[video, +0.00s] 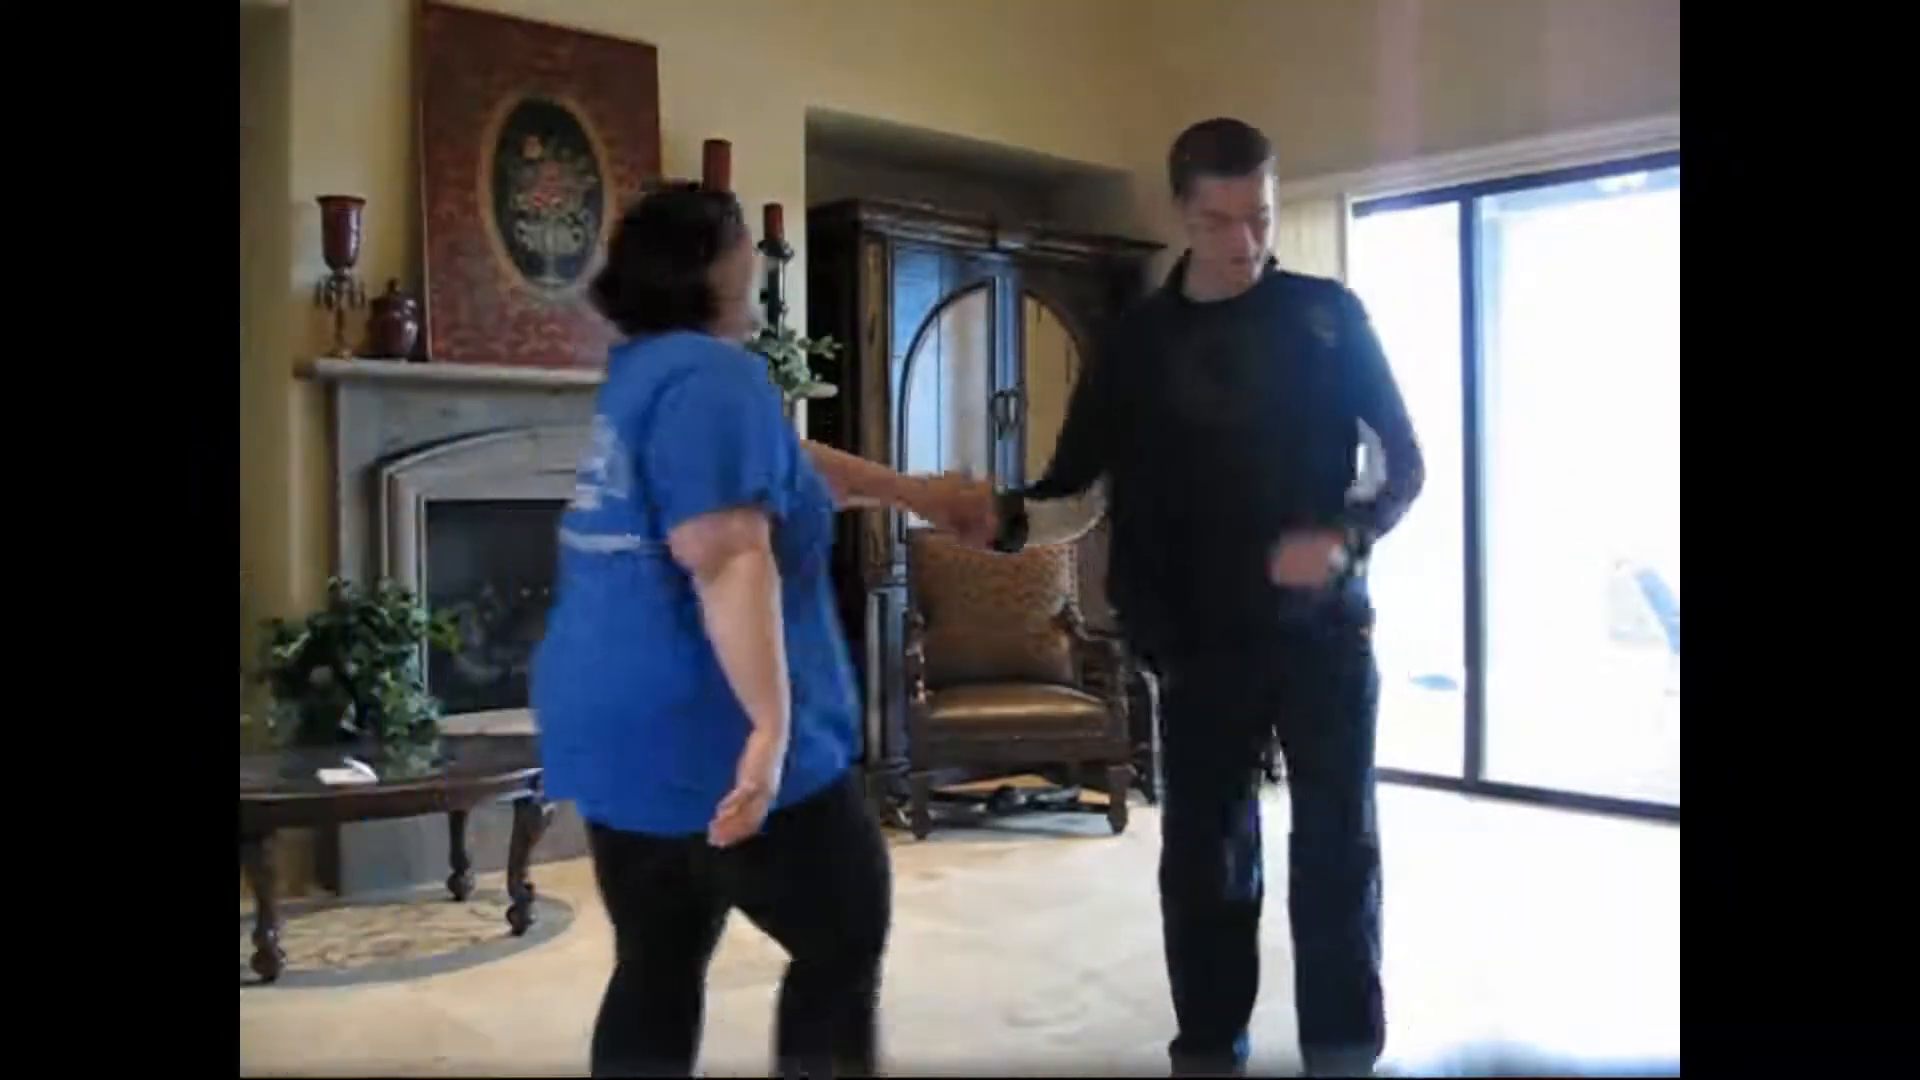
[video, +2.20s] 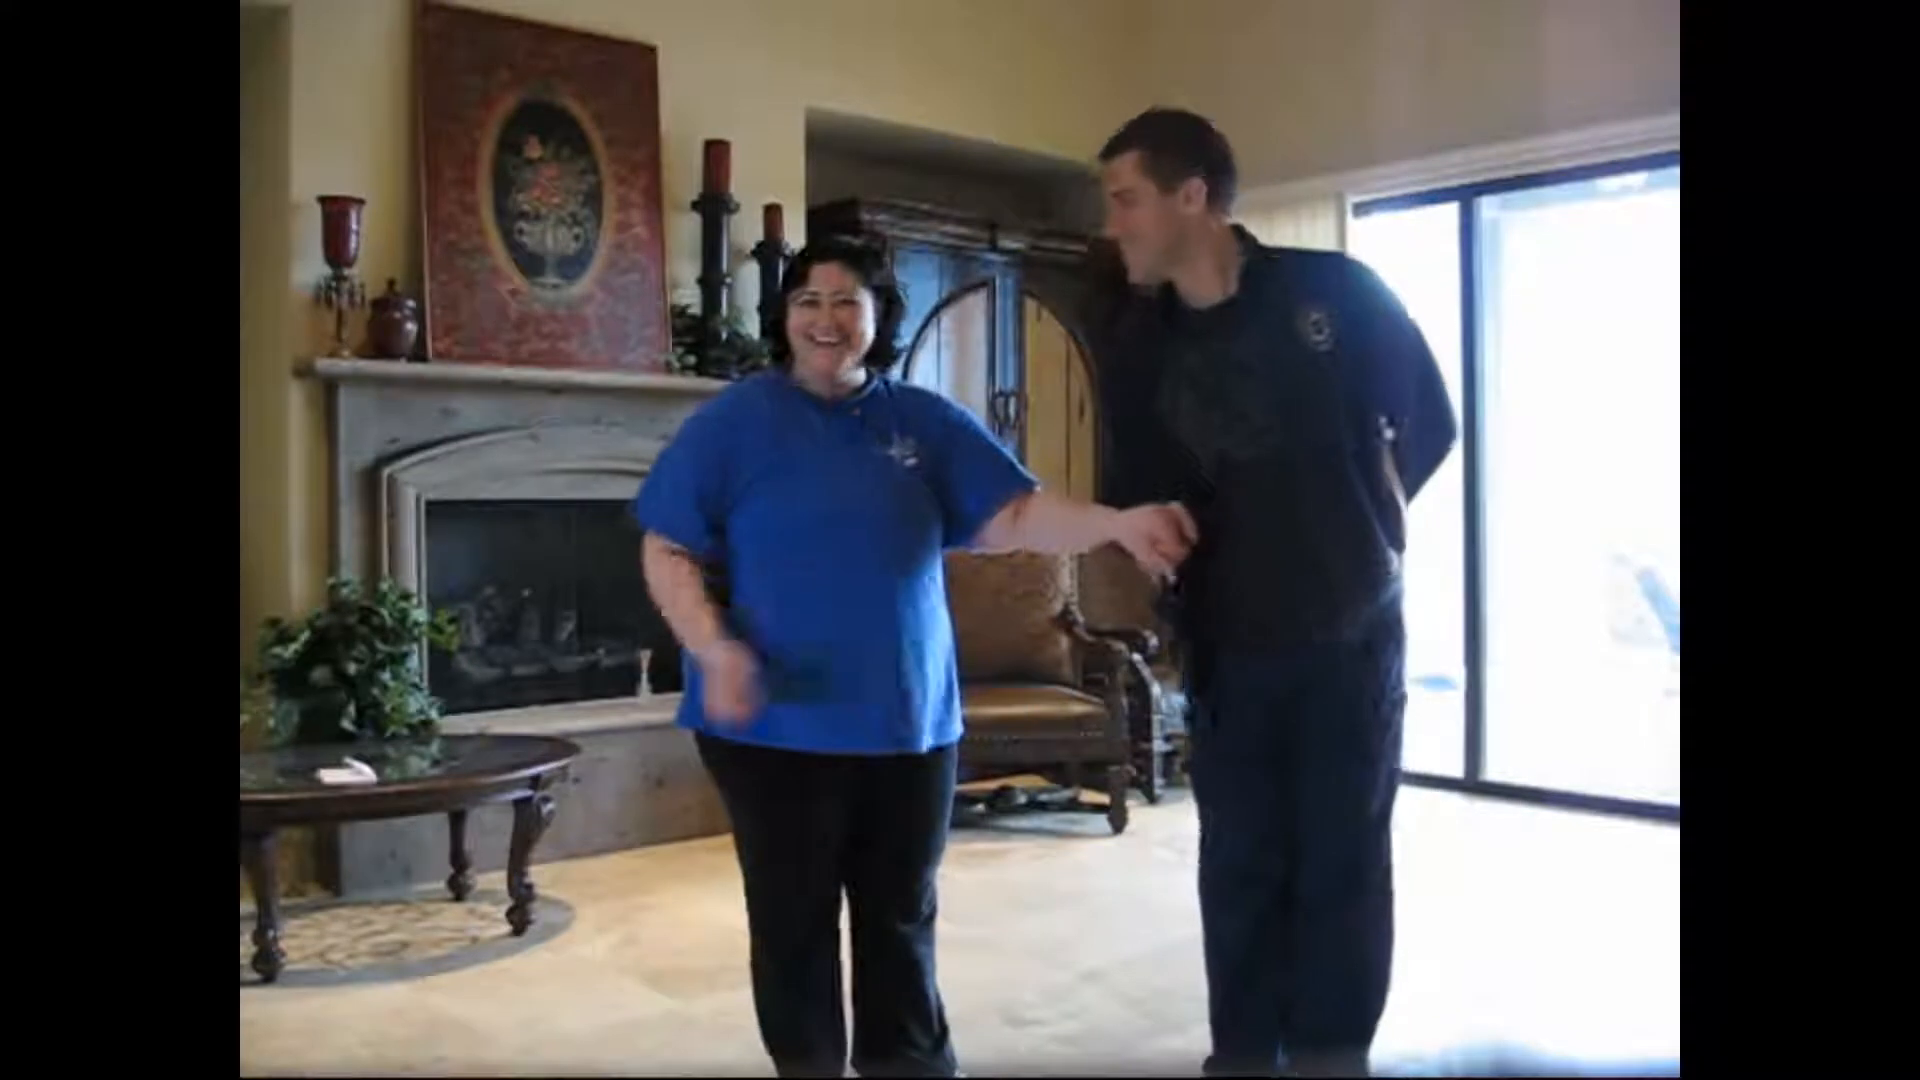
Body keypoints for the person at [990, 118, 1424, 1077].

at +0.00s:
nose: (1246, 240)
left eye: (1258, 216)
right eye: (1223, 220)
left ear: (1275, 207)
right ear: (1180, 215)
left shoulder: (1326, 315)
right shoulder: (1135, 334)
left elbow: (1404, 463)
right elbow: (1072, 481)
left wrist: (1345, 532)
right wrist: (1004, 519)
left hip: (1320, 637)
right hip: (1201, 642)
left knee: (1338, 859)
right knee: (1205, 865)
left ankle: (1343, 1059)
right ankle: (1208, 1055)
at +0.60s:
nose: (1312, 235)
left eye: (1330, 213)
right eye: (1291, 215)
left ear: (1358, 199)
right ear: (1261, 203)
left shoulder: (1415, 306)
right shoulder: (1209, 324)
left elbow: (1476, 443)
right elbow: (1181, 460)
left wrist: (1327, 431)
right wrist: (1154, 487)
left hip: (1368, 633)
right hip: (1246, 631)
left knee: (1355, 853)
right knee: (1252, 849)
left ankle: (1338, 1056)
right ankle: (1251, 1049)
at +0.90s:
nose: (1292, 181)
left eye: (1308, 160)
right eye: (1270, 167)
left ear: (1342, 173)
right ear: (1247, 189)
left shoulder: (1420, 303)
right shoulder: (1210, 325)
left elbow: (1481, 471)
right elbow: (1188, 469)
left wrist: (1410, 571)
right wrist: (1181, 476)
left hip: (1373, 636)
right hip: (1252, 637)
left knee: (1360, 865)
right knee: (1256, 860)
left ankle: (1338, 1059)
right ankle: (1250, 1055)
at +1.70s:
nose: (1158, 258)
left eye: (1171, 228)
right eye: (1134, 248)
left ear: (1219, 228)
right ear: (1125, 271)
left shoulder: (1353, 314)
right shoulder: (1146, 385)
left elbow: (1446, 431)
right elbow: (1141, 504)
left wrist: (1378, 519)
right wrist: (1174, 531)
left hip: (1378, 632)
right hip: (1253, 640)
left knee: (1362, 859)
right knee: (1262, 859)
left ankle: (1342, 1057)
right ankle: (1247, 1058)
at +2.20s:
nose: (1110, 224)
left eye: (1124, 199)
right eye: (1107, 203)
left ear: (1195, 195)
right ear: (1168, 204)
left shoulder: (1335, 287)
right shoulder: (1133, 344)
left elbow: (1430, 423)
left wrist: (1359, 518)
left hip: (1346, 628)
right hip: (1225, 633)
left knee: (1340, 860)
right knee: (1239, 863)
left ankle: (1330, 1059)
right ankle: (1241, 1058)